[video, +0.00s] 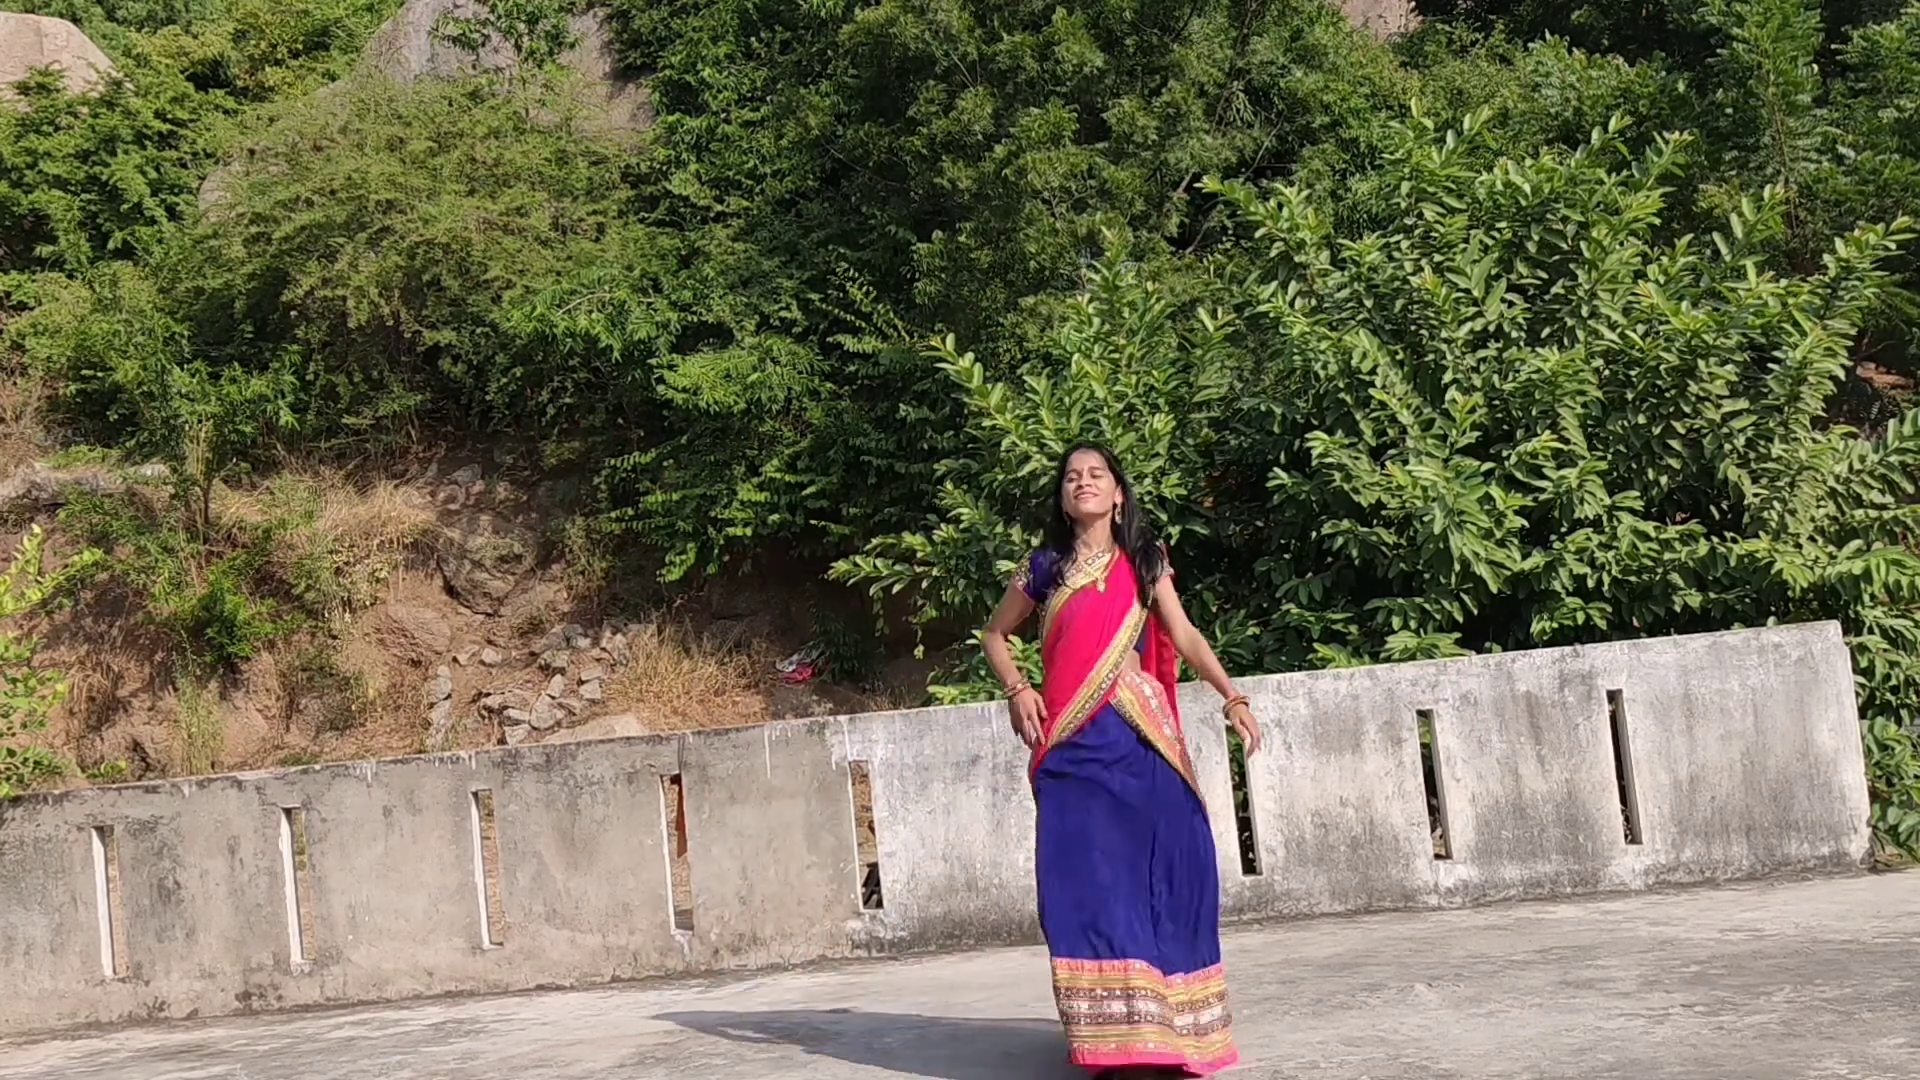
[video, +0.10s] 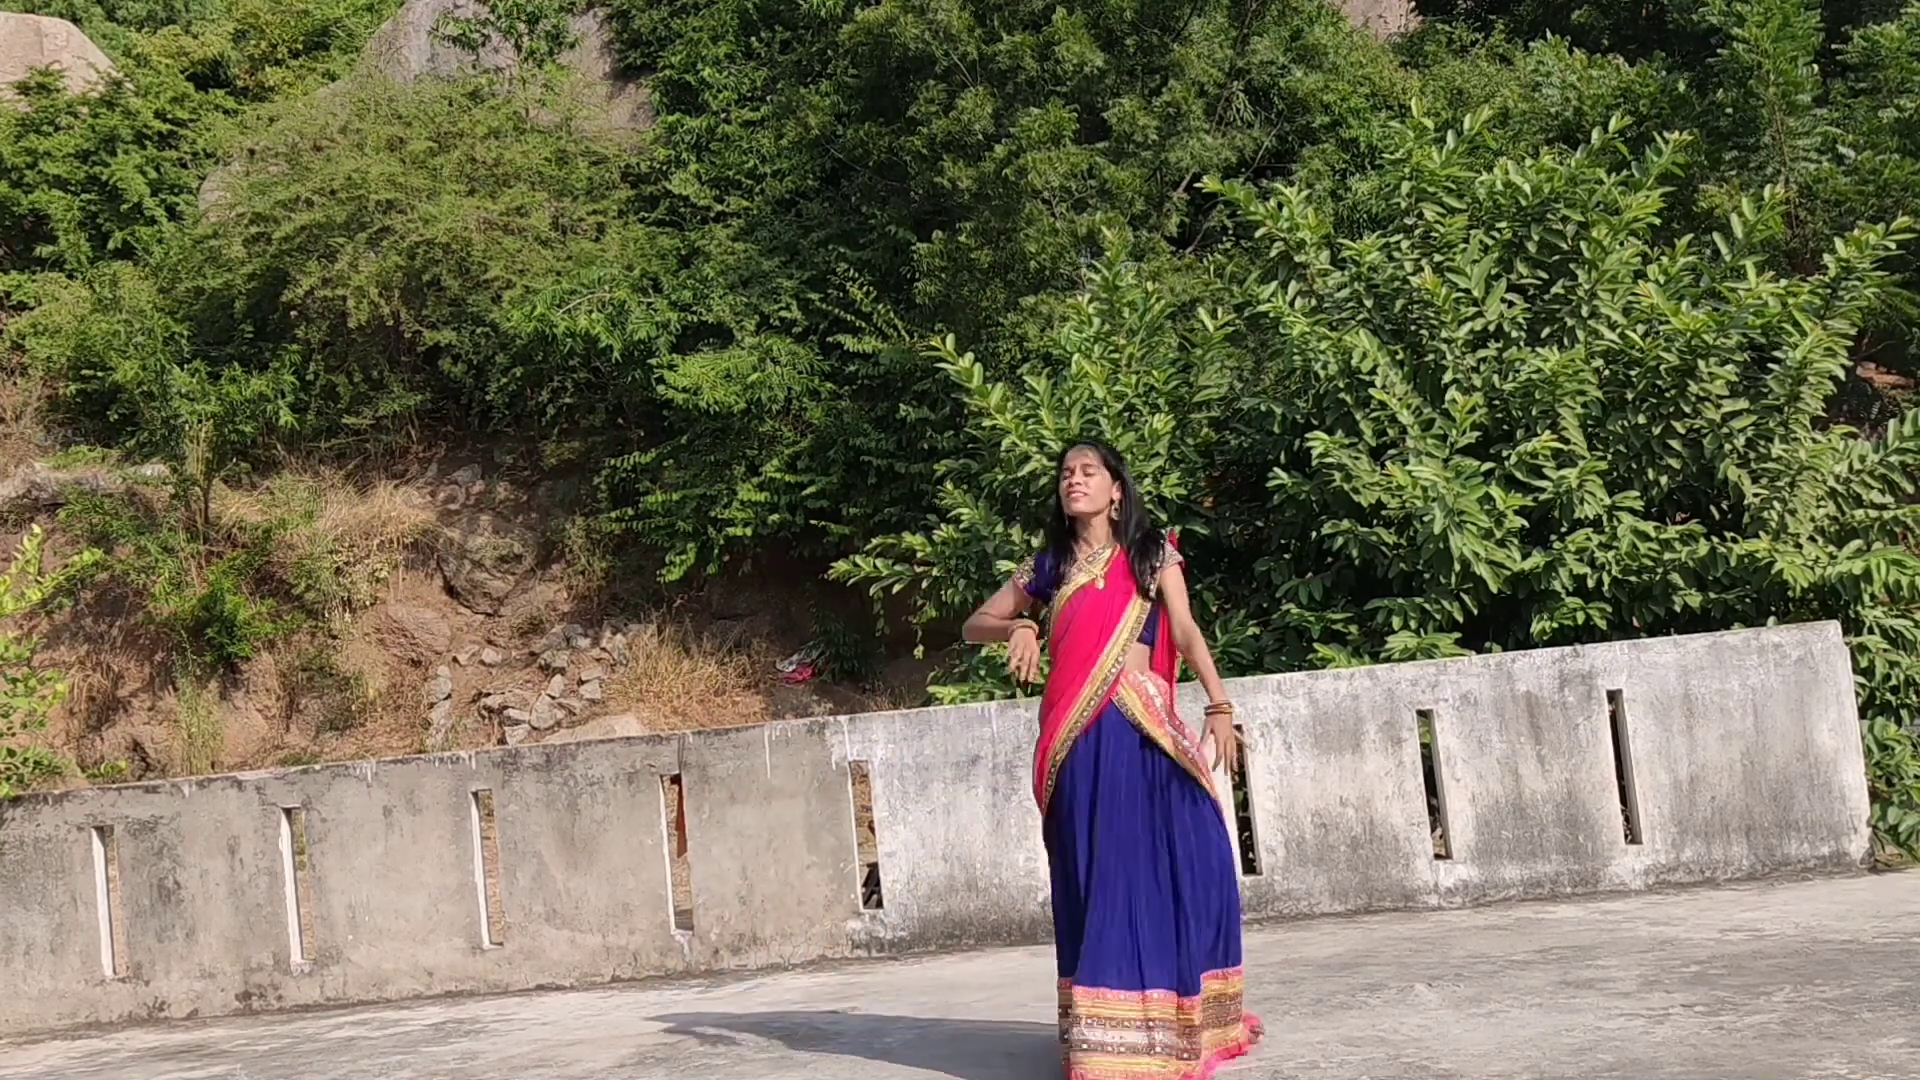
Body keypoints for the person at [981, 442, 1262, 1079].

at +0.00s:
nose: (1084, 483)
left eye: (1096, 475)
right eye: (1073, 477)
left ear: (1120, 493)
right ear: (1061, 497)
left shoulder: (1143, 560)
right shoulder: (1044, 567)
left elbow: (1185, 635)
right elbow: (994, 635)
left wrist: (1232, 697)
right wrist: (1016, 690)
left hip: (1143, 746)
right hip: (1071, 751)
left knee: (1161, 881)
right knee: (1088, 888)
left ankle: (1169, 1031)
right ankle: (1109, 1037)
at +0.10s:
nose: (1075, 481)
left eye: (1088, 472)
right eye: (1067, 475)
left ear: (1117, 489)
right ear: (1059, 495)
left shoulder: (1150, 551)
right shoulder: (1050, 564)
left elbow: (1188, 634)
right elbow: (975, 625)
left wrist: (1222, 709)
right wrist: (1018, 627)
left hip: (1143, 729)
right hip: (1077, 736)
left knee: (1148, 875)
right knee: (1095, 879)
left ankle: (1164, 1028)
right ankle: (1109, 1032)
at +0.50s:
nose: (1102, 504)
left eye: (1116, 493)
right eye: (1100, 493)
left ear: (1153, 497)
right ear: (1104, 502)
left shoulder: (1192, 538)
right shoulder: (1118, 579)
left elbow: (1192, 599)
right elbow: (1035, 636)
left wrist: (1157, 645)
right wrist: (970, 590)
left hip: (1186, 732)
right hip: (1127, 736)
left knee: (1203, 878)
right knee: (1125, 881)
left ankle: (1262, 1039)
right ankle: (1143, 1047)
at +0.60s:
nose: (1120, 506)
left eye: (1132, 493)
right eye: (1116, 495)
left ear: (1169, 491)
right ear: (1123, 501)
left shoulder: (1207, 528)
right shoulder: (1141, 568)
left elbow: (1172, 587)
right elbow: (1060, 618)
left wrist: (1090, 611)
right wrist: (962, 629)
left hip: (1209, 721)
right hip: (1151, 726)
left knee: (1225, 873)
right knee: (1143, 877)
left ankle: (1253, 1040)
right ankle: (1147, 1045)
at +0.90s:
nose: (1145, 512)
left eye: (1157, 498)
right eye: (1141, 500)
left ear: (1194, 494)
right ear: (1149, 503)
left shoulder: (1229, 526)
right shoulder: (1166, 571)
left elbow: (1154, 557)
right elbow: (1100, 637)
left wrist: (1064, 565)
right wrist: (1020, 609)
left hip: (1230, 722)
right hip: (1172, 728)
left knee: (1242, 877)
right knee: (1154, 880)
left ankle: (1270, 1045)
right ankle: (1154, 1050)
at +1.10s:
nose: (1149, 508)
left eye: (1161, 495)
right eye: (1145, 496)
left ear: (1199, 494)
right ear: (1149, 505)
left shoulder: (1235, 535)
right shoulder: (1170, 571)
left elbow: (1225, 534)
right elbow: (1142, 656)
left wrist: (1137, 526)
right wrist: (1109, 584)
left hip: (1237, 721)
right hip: (1175, 728)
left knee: (1248, 874)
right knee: (1164, 876)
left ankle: (1271, 1039)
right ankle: (1180, 1044)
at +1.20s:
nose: (1151, 503)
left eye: (1162, 491)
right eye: (1146, 492)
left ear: (1198, 492)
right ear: (1147, 501)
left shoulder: (1235, 554)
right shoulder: (1160, 578)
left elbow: (1270, 550)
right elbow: (1137, 666)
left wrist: (1190, 522)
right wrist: (1133, 587)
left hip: (1239, 727)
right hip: (1175, 731)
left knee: (1251, 875)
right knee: (1156, 876)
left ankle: (1267, 1042)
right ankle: (1172, 1044)